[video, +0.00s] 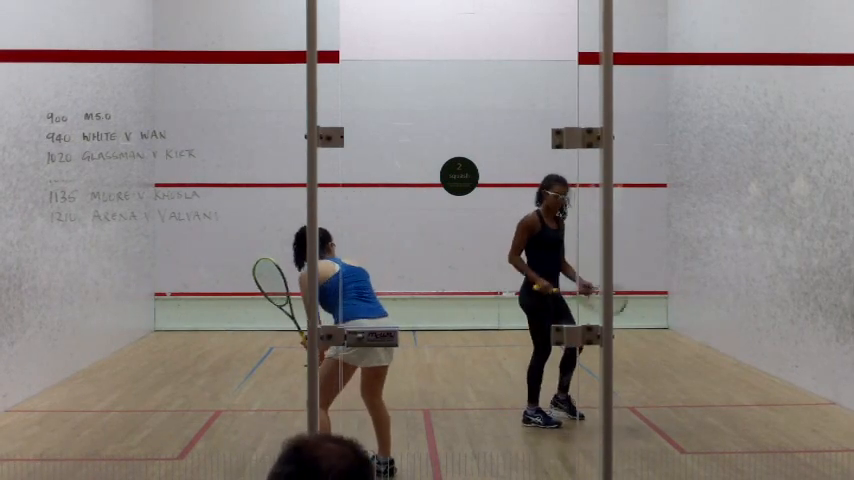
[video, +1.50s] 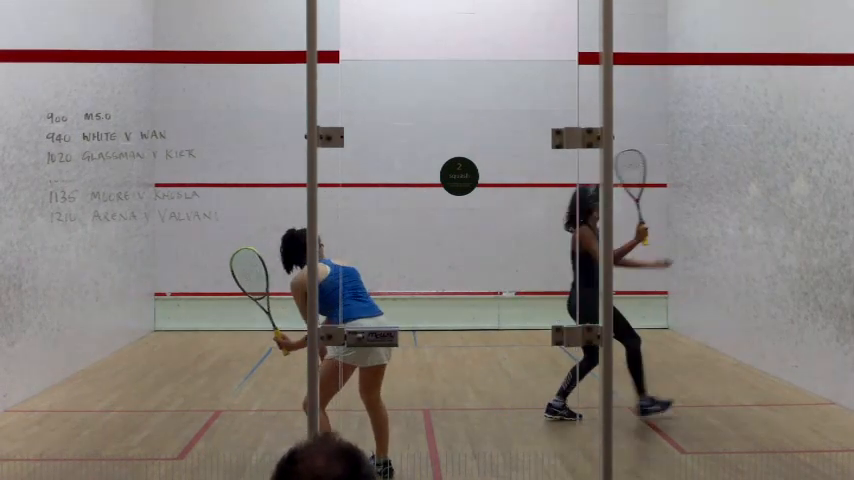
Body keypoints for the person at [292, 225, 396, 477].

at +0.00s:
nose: (335, 248)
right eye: (334, 245)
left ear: (304, 251)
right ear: (331, 247)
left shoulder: (309, 273)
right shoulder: (355, 267)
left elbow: (313, 319)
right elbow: (355, 313)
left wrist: (316, 346)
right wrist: (326, 344)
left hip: (353, 335)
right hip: (384, 332)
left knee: (318, 404)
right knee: (373, 397)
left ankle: (325, 464)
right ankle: (385, 461)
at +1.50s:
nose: (324, 245)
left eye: (321, 241)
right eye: (320, 242)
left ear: (294, 256)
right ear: (317, 247)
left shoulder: (300, 281)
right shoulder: (343, 267)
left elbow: (315, 327)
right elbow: (337, 317)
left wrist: (323, 355)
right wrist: (295, 344)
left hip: (350, 337)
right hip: (381, 331)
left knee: (313, 404)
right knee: (372, 396)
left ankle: (335, 462)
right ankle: (383, 461)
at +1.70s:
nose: (308, 246)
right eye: (305, 242)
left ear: (274, 255)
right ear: (302, 247)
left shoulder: (284, 281)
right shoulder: (328, 270)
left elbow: (295, 330)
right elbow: (309, 323)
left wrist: (307, 365)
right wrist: (268, 339)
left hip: (329, 345)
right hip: (361, 340)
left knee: (299, 409)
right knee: (362, 399)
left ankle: (317, 462)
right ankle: (381, 460)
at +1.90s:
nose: (287, 240)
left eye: (286, 236)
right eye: (285, 237)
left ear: (257, 248)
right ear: (280, 240)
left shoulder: (264, 273)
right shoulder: (299, 263)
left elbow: (263, 324)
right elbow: (280, 320)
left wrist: (267, 367)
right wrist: (240, 333)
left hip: (312, 338)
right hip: (337, 333)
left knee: (293, 412)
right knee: (319, 400)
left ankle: (315, 462)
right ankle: (347, 446)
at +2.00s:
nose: (275, 237)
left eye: (274, 234)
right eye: (273, 234)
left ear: (245, 245)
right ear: (269, 238)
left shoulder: (252, 270)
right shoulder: (291, 261)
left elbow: (243, 322)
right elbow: (273, 317)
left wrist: (241, 369)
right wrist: (232, 333)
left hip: (301, 338)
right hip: (323, 332)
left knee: (289, 415)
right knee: (294, 411)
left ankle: (315, 467)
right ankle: (317, 463)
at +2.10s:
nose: (261, 237)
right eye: (259, 234)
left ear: (231, 245)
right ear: (256, 238)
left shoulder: (237, 270)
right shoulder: (276, 264)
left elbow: (224, 321)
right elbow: (264, 320)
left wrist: (214, 364)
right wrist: (224, 336)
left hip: (287, 340)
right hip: (303, 335)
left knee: (283, 418)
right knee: (263, 400)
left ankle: (319, 468)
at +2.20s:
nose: (245, 238)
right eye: (243, 235)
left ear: (214, 245)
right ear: (240, 240)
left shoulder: (221, 272)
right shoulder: (261, 266)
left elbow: (204, 326)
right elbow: (258, 325)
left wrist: (191, 368)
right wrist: (223, 348)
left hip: (268, 345)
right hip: (278, 339)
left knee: (264, 426)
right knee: (235, 411)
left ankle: (316, 462)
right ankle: (219, 473)